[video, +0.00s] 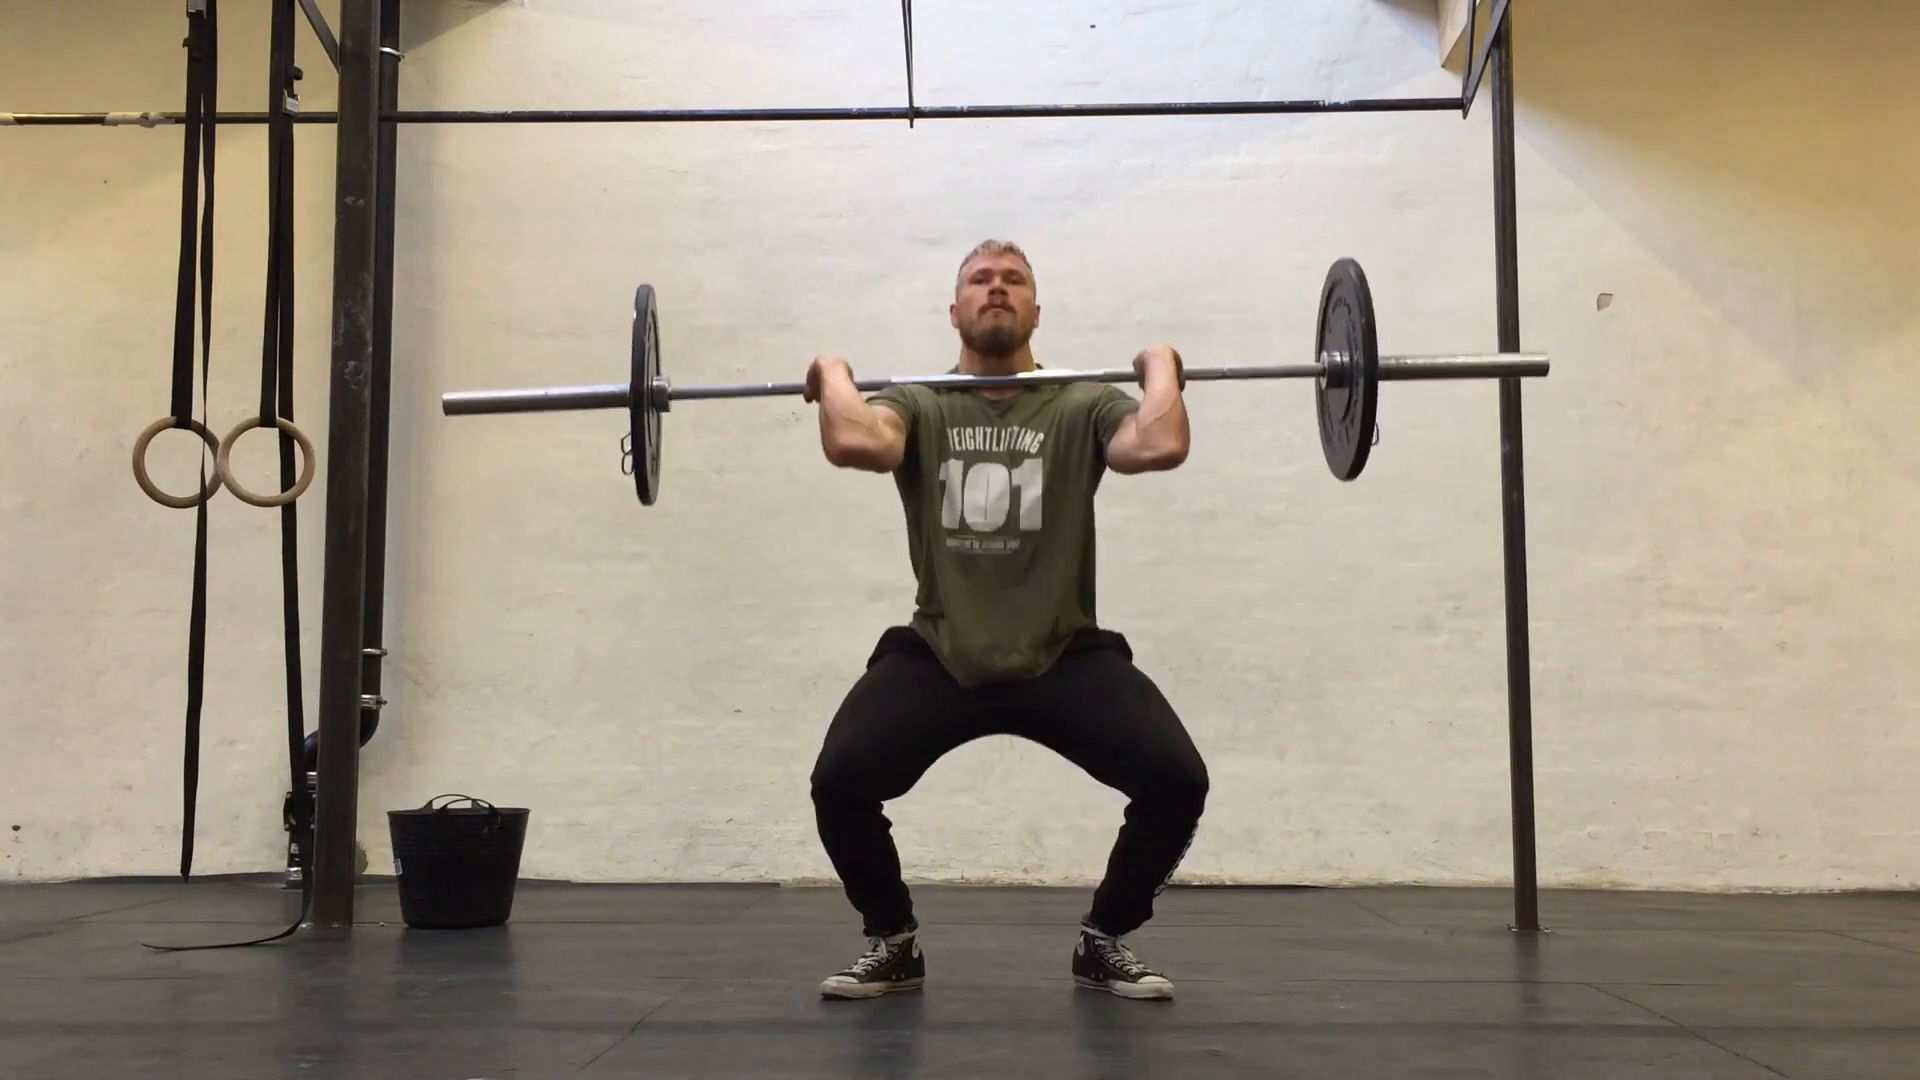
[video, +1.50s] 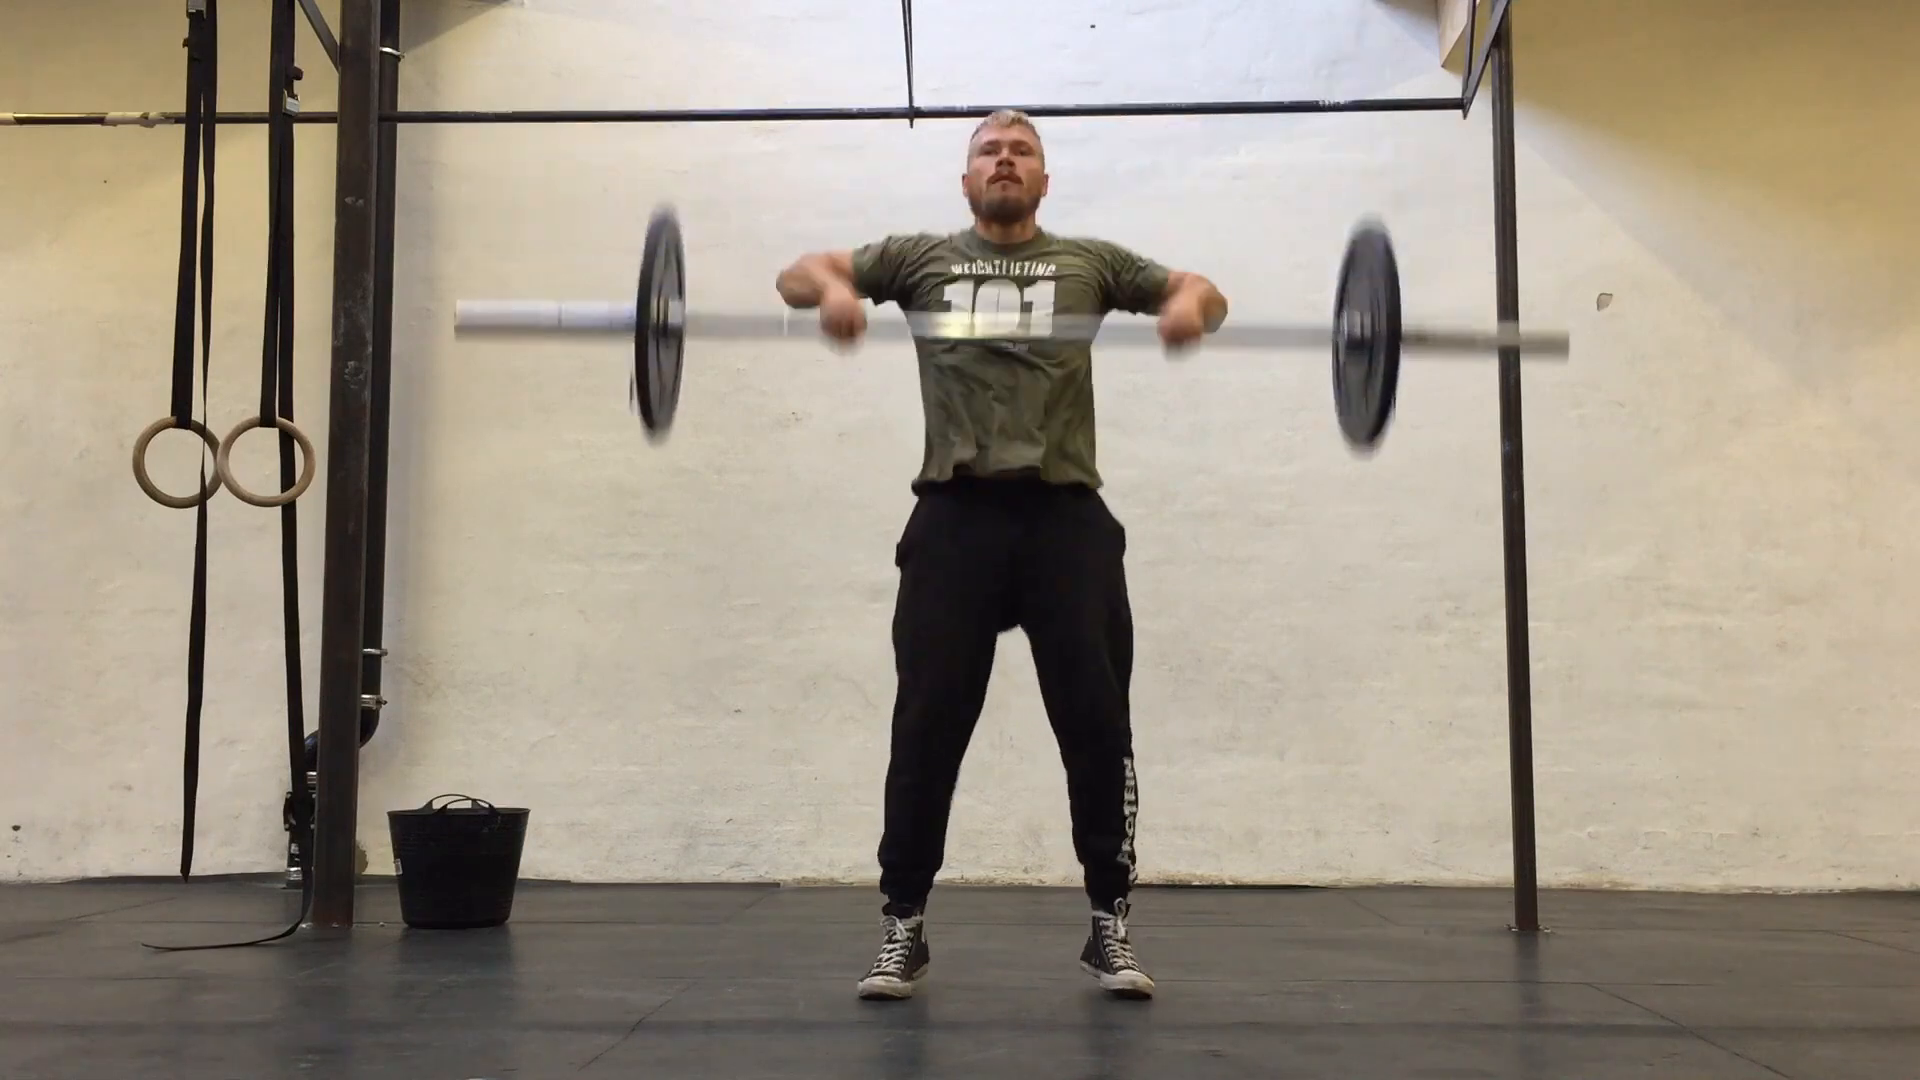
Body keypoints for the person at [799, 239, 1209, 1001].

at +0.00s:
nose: (997, 287)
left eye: (1013, 279)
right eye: (980, 279)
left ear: (1037, 311)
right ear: (954, 311)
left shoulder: (1082, 402)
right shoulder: (917, 404)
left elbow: (1163, 444)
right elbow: (849, 441)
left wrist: (1158, 362)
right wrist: (833, 371)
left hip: (1065, 658)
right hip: (939, 658)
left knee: (1177, 782)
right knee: (840, 783)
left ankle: (1103, 945)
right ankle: (893, 946)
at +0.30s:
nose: (998, 168)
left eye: (1015, 160)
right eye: (984, 160)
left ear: (1040, 187)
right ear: (961, 187)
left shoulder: (1076, 259)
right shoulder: (924, 264)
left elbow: (1170, 241)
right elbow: (843, 259)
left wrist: (1168, 153)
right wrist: (833, 167)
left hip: (1063, 533)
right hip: (946, 534)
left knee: (1090, 730)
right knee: (921, 733)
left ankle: (1111, 931)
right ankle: (893, 935)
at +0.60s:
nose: (999, 166)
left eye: (1018, 151)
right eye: (983, 151)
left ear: (1043, 164)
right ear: (959, 163)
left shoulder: (1075, 233)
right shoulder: (921, 237)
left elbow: (1140, 108)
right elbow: (853, 106)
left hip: (1060, 534)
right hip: (947, 536)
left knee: (1085, 745)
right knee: (922, 746)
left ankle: (1105, 941)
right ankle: (899, 940)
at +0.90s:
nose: (1001, 170)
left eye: (1019, 155)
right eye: (985, 154)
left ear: (1043, 167)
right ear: (961, 165)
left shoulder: (1075, 236)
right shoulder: (922, 236)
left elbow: (1137, 116)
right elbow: (862, 110)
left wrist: (1171, 9)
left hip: (1057, 538)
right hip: (944, 539)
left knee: (1085, 744)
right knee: (919, 747)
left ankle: (1105, 941)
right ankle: (896, 941)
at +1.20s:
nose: (1000, 162)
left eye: (1017, 154)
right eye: (983, 154)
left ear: (1043, 184)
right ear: (957, 184)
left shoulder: (1085, 267)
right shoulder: (919, 269)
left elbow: (1198, 215)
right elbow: (816, 203)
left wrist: (1184, 102)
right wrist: (836, 88)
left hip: (1063, 540)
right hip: (946, 540)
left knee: (1087, 740)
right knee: (922, 739)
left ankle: (1102, 934)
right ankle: (900, 933)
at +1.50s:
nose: (1005, 159)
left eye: (1021, 150)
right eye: (988, 149)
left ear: (1045, 178)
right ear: (964, 179)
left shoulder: (1088, 263)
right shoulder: (921, 258)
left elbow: (1202, 293)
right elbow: (798, 274)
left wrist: (1188, 303)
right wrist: (834, 286)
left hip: (1067, 527)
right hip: (953, 527)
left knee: (1098, 729)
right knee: (925, 730)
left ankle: (1111, 928)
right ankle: (901, 930)